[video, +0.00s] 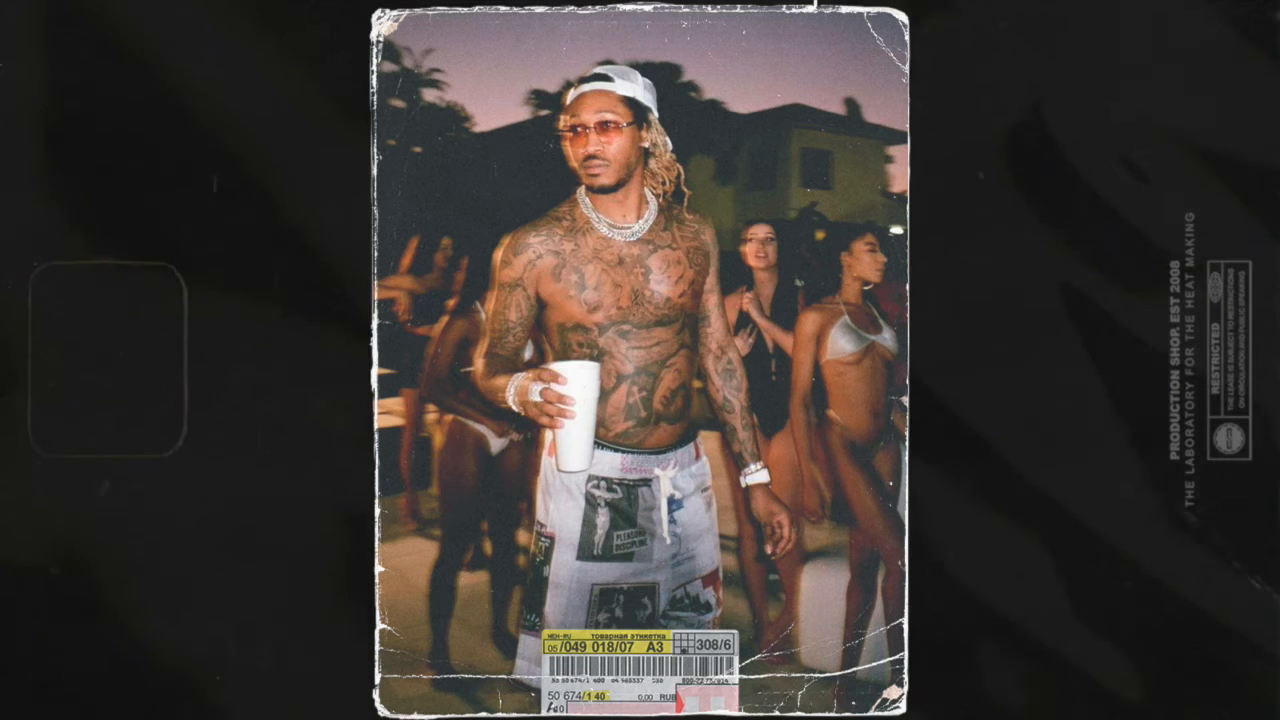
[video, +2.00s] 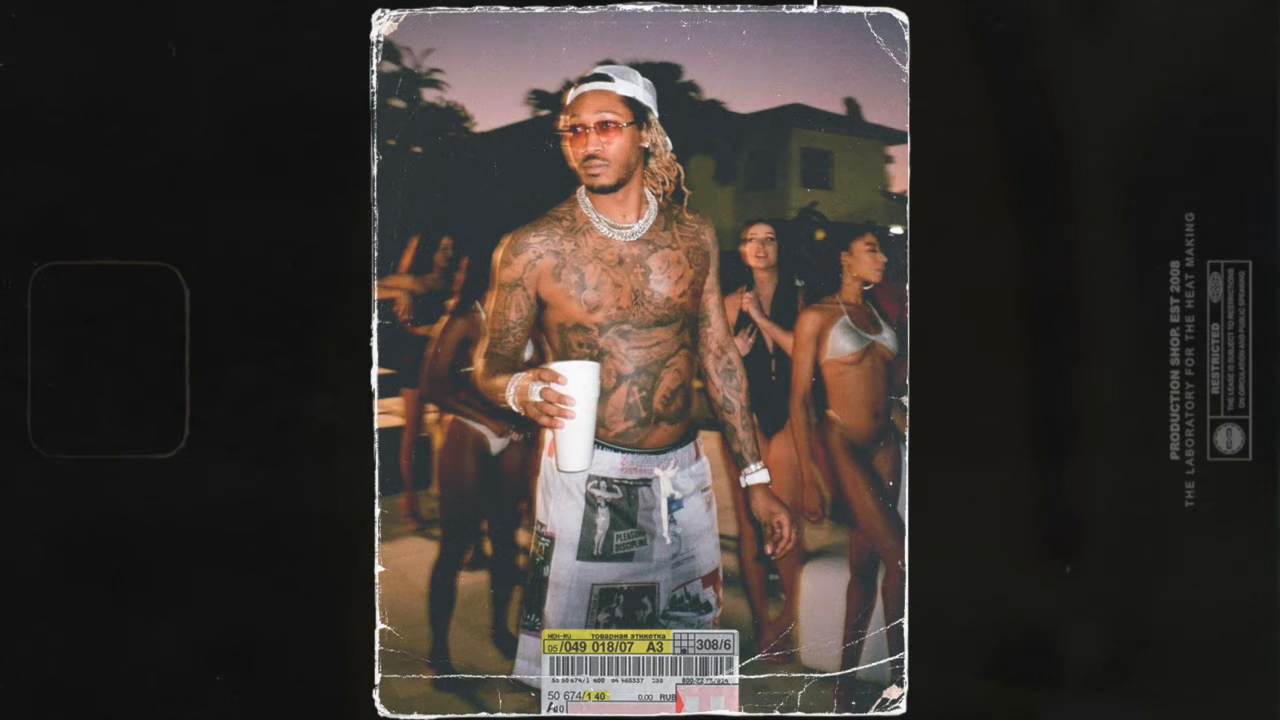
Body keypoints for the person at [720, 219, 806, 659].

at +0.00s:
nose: (760, 249)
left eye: (768, 241)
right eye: (751, 242)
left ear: (781, 249)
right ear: (741, 251)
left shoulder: (797, 296)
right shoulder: (730, 301)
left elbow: (802, 352)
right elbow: (712, 364)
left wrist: (761, 318)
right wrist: (734, 351)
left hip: (784, 421)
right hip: (739, 421)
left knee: (783, 521)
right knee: (748, 526)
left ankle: (793, 612)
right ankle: (761, 620)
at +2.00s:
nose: (759, 249)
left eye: (767, 242)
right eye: (751, 242)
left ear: (781, 249)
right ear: (741, 250)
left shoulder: (797, 296)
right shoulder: (731, 300)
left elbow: (804, 351)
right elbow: (714, 365)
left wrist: (761, 318)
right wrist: (734, 344)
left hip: (783, 420)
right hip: (738, 422)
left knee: (783, 521)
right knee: (748, 526)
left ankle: (793, 614)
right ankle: (762, 622)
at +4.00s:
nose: (760, 249)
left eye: (768, 241)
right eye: (752, 242)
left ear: (781, 249)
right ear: (741, 250)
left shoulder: (797, 295)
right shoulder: (730, 300)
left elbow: (803, 352)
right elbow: (713, 365)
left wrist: (761, 318)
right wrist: (736, 343)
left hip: (784, 419)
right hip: (738, 420)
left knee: (784, 520)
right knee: (748, 525)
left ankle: (793, 614)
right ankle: (761, 620)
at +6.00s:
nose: (760, 249)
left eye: (768, 241)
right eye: (752, 242)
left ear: (781, 249)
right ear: (741, 250)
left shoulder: (798, 296)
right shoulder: (731, 300)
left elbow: (804, 352)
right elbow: (714, 364)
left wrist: (762, 319)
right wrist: (733, 344)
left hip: (784, 419)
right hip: (738, 420)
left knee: (785, 521)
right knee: (749, 527)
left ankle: (794, 613)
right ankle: (763, 623)